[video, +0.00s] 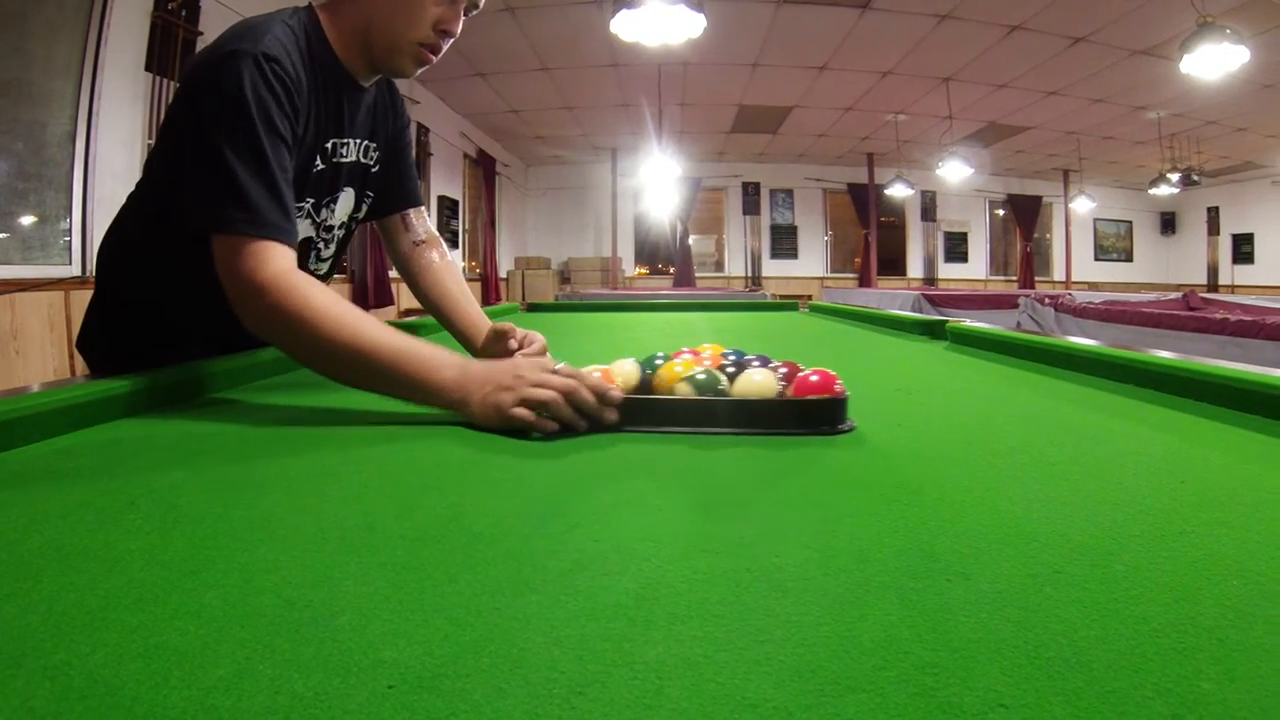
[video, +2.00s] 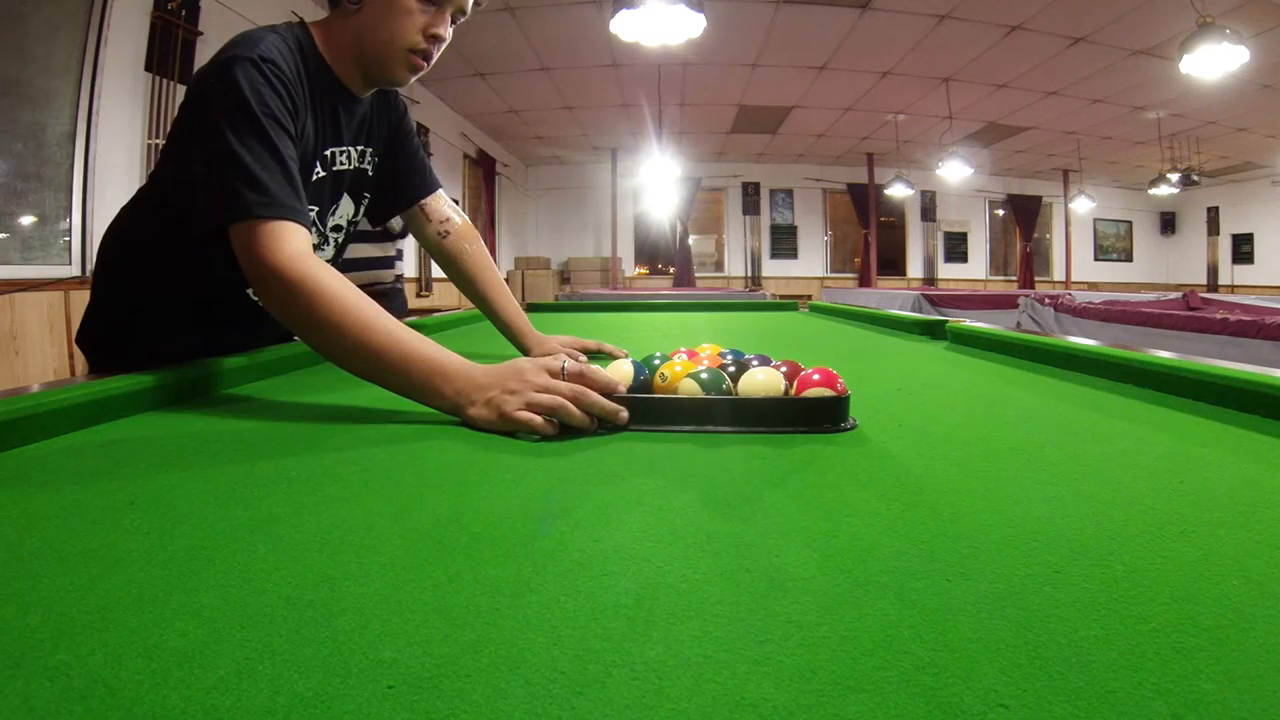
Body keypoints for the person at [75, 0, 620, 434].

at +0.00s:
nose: (456, 25)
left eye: (467, 10)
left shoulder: (382, 96)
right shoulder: (255, 63)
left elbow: (416, 237)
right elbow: (261, 283)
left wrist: (483, 335)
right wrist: (466, 383)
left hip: (261, 351)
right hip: (151, 358)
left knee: (239, 547)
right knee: (140, 557)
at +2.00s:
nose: (442, 34)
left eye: (453, 18)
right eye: (429, 5)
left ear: (454, 26)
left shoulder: (383, 102)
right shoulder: (255, 71)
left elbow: (441, 224)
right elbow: (278, 267)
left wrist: (529, 337)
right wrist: (468, 384)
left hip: (263, 336)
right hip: (152, 342)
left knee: (243, 527)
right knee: (140, 537)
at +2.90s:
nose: (450, 35)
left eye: (458, 21)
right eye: (438, 6)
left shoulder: (386, 110)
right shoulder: (259, 81)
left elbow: (447, 225)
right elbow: (283, 266)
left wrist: (517, 329)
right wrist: (496, 347)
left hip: (258, 333)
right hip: (150, 334)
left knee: (243, 513)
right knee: (141, 522)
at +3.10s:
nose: (454, 41)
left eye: (463, 26)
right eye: (442, 12)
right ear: (366, 0)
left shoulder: (389, 109)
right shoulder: (273, 75)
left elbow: (446, 228)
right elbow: (330, 235)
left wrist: (523, 329)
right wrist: (579, 302)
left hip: (261, 334)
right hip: (151, 337)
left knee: (253, 518)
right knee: (144, 526)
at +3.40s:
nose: (457, 48)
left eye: (467, 33)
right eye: (446, 17)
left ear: (449, 41)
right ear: (376, 1)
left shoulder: (387, 112)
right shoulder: (280, 76)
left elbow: (449, 227)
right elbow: (312, 232)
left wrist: (523, 330)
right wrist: (569, 301)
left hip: (255, 337)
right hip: (149, 338)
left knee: (238, 524)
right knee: (133, 534)